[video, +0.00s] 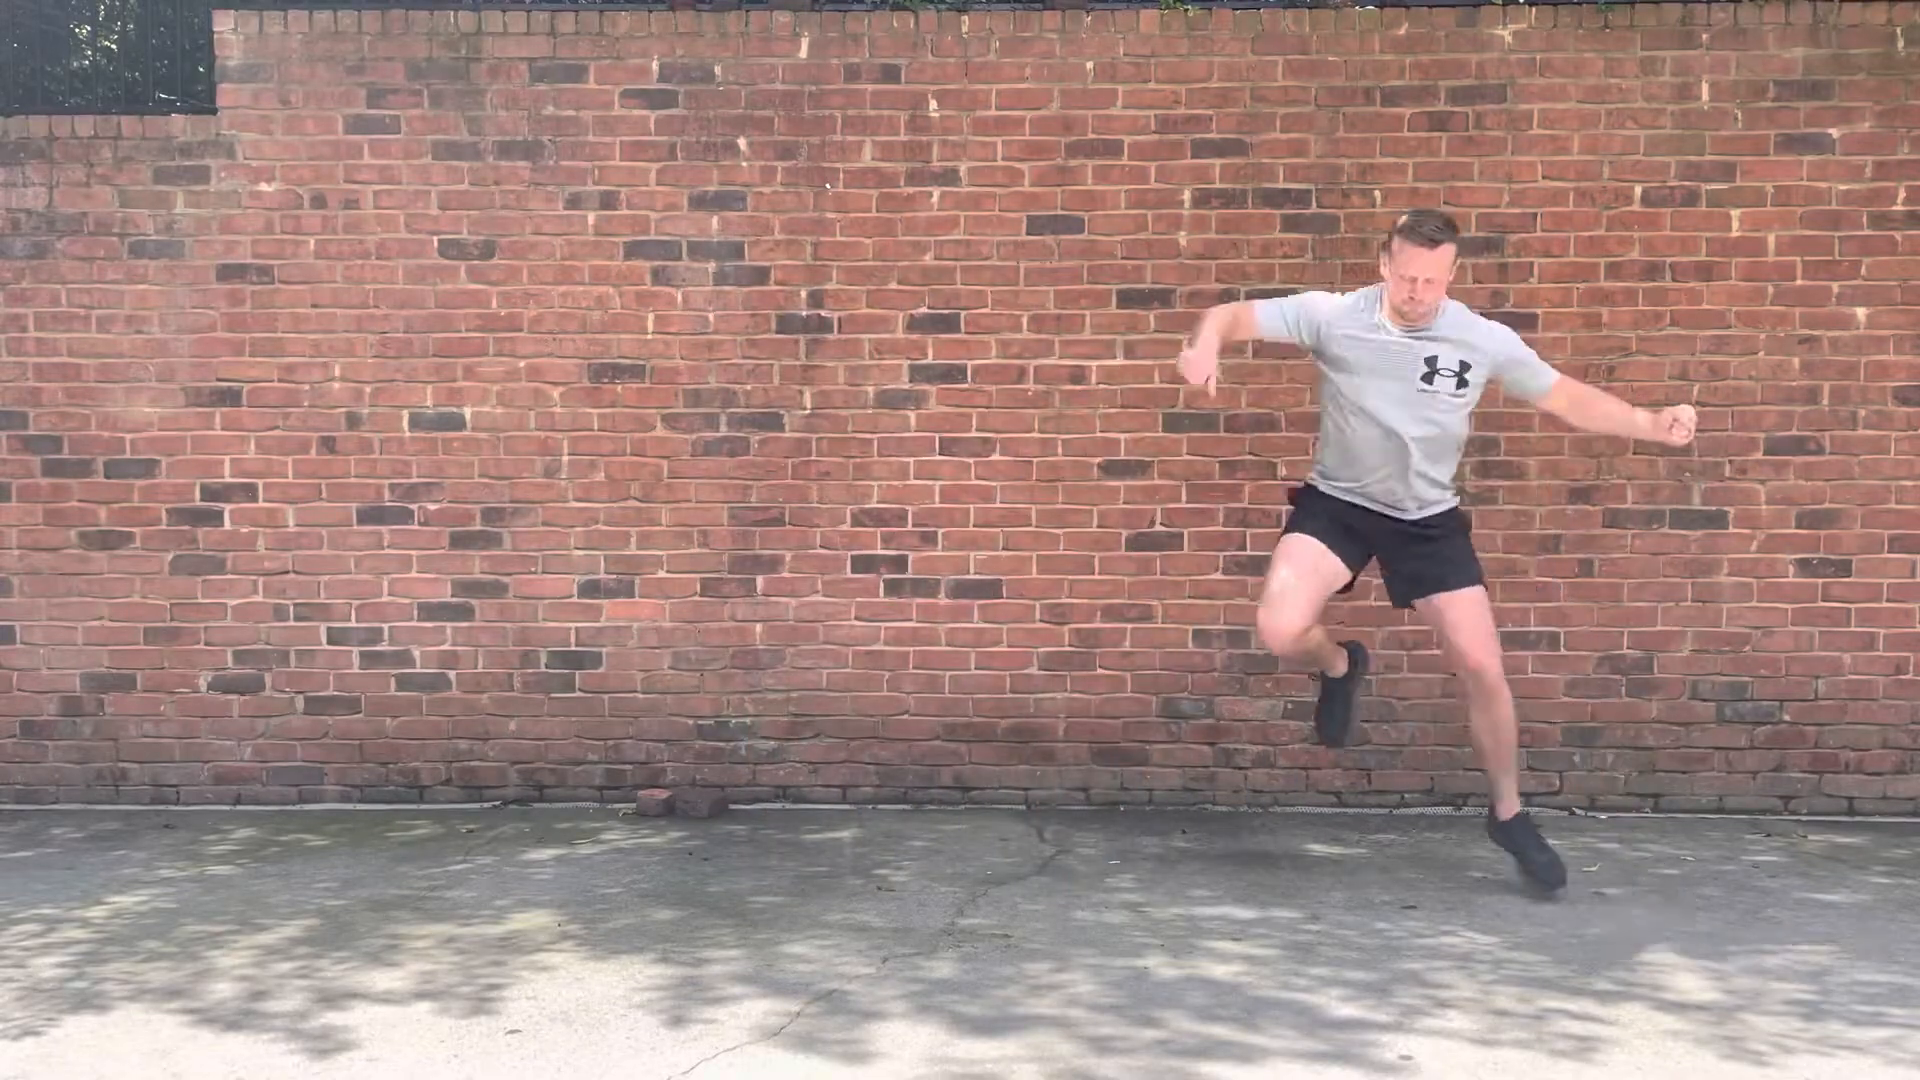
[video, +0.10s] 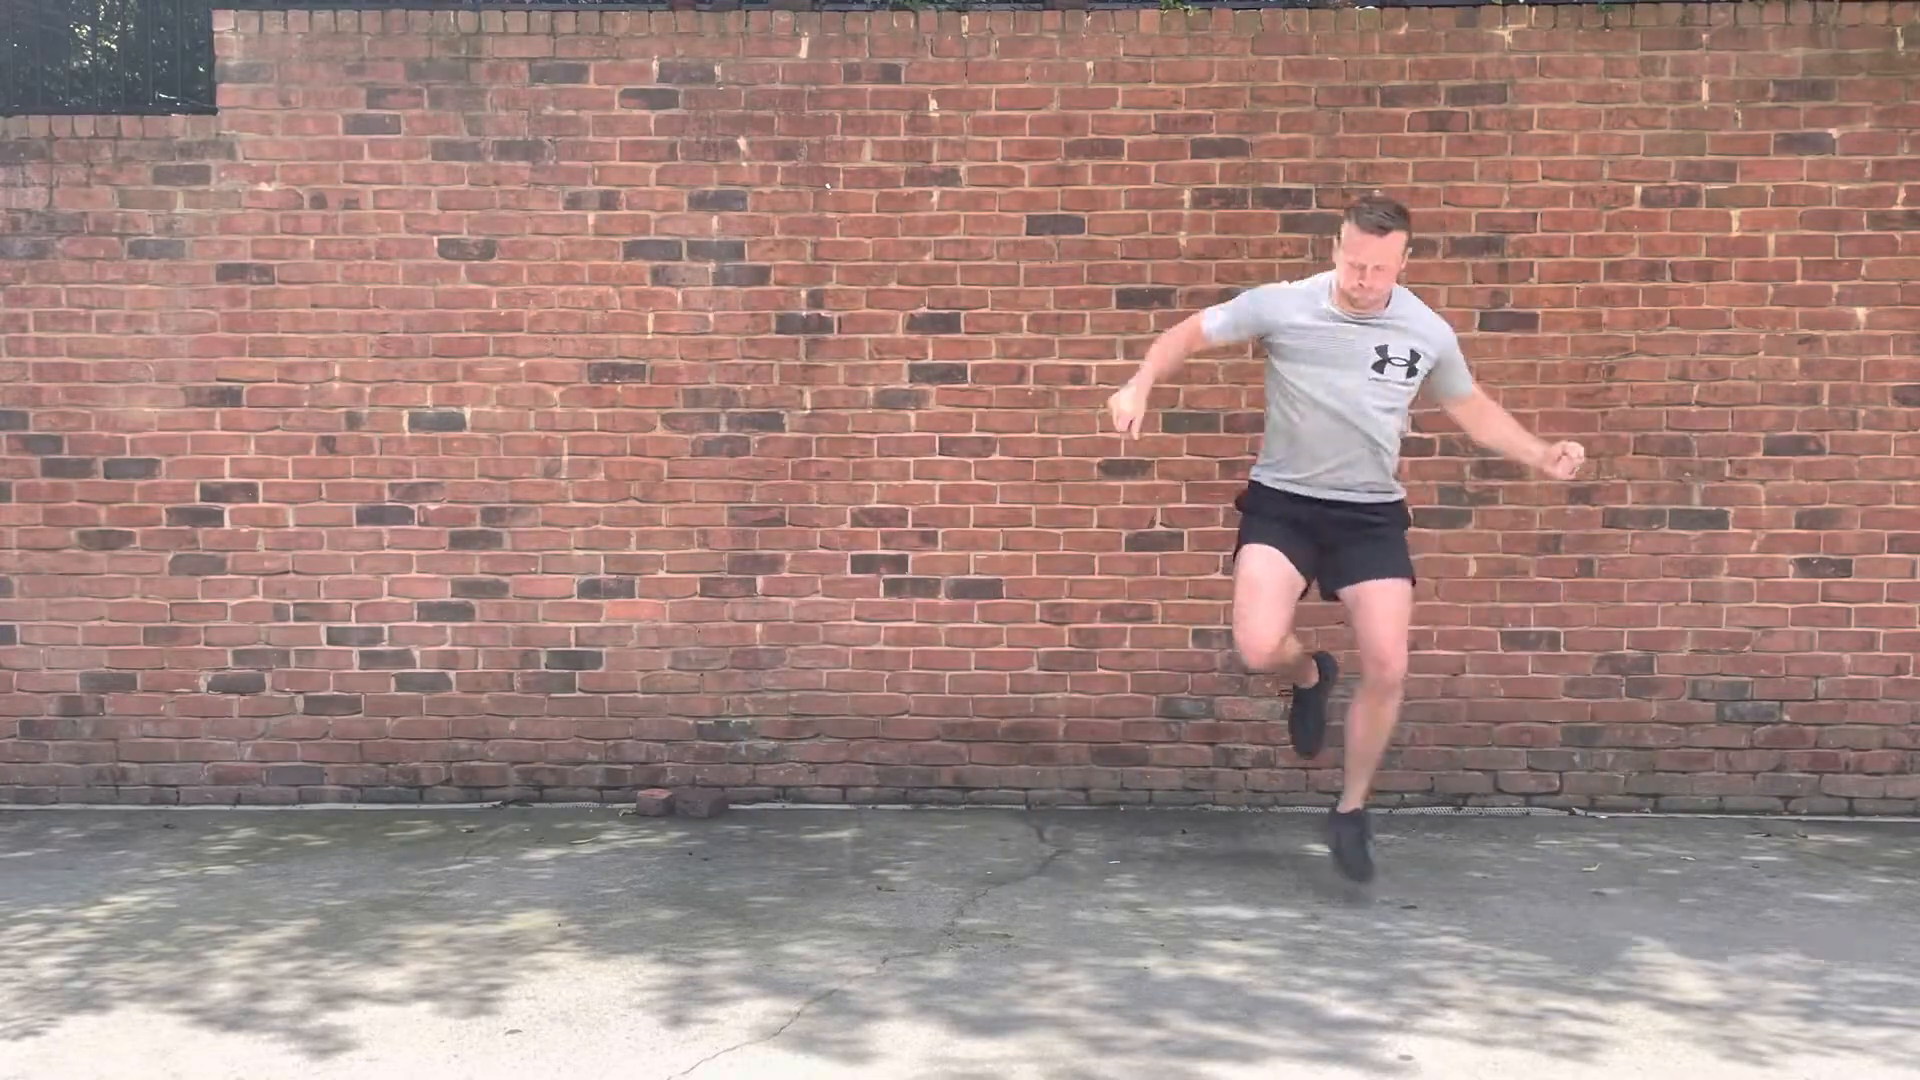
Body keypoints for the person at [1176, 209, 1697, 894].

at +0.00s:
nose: (1418, 293)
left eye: (1433, 281)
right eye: (1406, 277)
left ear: (1452, 277)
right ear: (1384, 264)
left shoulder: (1483, 340)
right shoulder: (1333, 316)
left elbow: (1566, 396)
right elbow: (1231, 316)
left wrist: (1651, 425)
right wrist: (1204, 345)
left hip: (1430, 521)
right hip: (1335, 505)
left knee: (1482, 664)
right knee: (1277, 631)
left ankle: (1507, 814)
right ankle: (1341, 665)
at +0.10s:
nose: (1366, 280)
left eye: (1381, 268)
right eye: (1355, 264)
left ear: (1403, 263)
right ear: (1336, 250)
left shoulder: (1427, 334)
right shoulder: (1281, 306)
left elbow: (1472, 407)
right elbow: (1186, 334)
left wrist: (1541, 453)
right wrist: (1138, 386)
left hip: (1370, 515)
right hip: (1280, 505)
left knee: (1387, 667)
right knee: (1255, 650)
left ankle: (1350, 812)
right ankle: (1313, 674)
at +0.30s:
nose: (1246, 340)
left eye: (1262, 329)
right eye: (1239, 324)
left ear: (1294, 329)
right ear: (1228, 315)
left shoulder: (1310, 419)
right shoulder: (1179, 364)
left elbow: (1344, 509)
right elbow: (1119, 416)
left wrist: (1380, 546)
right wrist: (1090, 440)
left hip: (1241, 570)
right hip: (1154, 549)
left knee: (1256, 716)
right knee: (1089, 667)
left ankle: (1274, 848)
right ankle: (1139, 749)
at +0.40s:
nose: (1168, 313)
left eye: (1185, 304)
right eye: (1161, 298)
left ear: (1215, 305)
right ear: (1151, 288)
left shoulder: (1233, 385)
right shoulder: (1102, 332)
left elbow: (1295, 489)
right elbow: (1005, 352)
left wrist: (1281, 441)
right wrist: (1003, 312)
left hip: (1169, 549)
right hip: (1082, 523)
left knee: (1211, 686)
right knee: (984, 608)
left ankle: (1270, 838)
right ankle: (1017, 720)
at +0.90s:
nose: (719, 449)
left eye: (728, 432)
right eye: (706, 437)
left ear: (758, 411)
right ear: (694, 430)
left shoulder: (821, 459)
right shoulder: (697, 497)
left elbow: (893, 551)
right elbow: (651, 577)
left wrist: (845, 645)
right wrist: (580, 653)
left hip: (837, 630)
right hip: (754, 619)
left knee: (822, 788)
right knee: (683, 740)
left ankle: (739, 783)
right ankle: (655, 863)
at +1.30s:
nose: (904, 278)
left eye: (913, 261)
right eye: (887, 265)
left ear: (928, 246)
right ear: (863, 257)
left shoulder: (980, 298)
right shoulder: (833, 333)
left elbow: (1053, 328)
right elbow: (760, 401)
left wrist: (1069, 404)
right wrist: (709, 422)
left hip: (978, 494)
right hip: (885, 508)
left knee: (1044, 618)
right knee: (850, 663)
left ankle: (957, 652)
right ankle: (851, 809)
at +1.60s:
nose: (1089, 348)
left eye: (1096, 332)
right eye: (1073, 335)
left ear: (1105, 325)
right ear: (1039, 335)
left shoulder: (1149, 374)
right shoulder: (1015, 422)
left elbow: (1224, 430)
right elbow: (955, 508)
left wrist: (1208, 461)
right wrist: (918, 550)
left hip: (1157, 556)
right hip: (1070, 573)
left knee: (1250, 670)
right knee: (1055, 719)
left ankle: (1191, 783)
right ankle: (1033, 853)